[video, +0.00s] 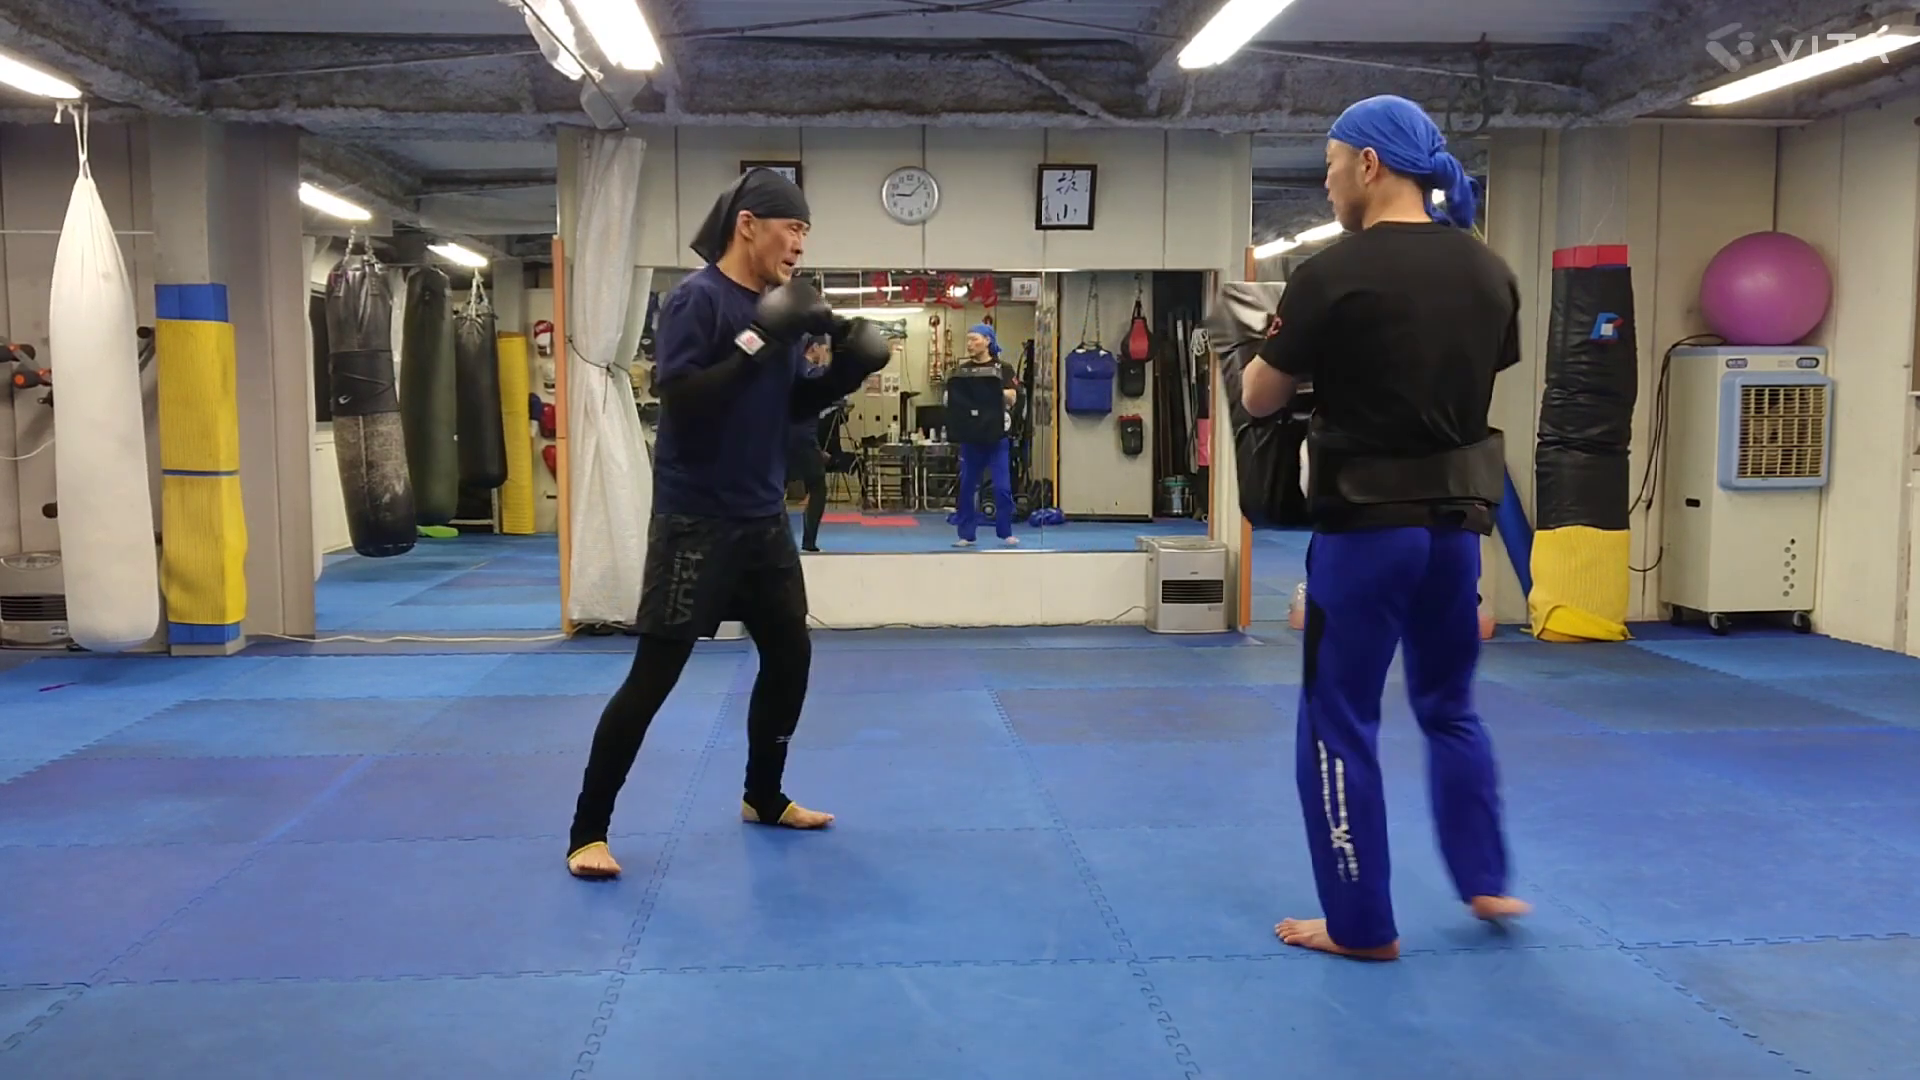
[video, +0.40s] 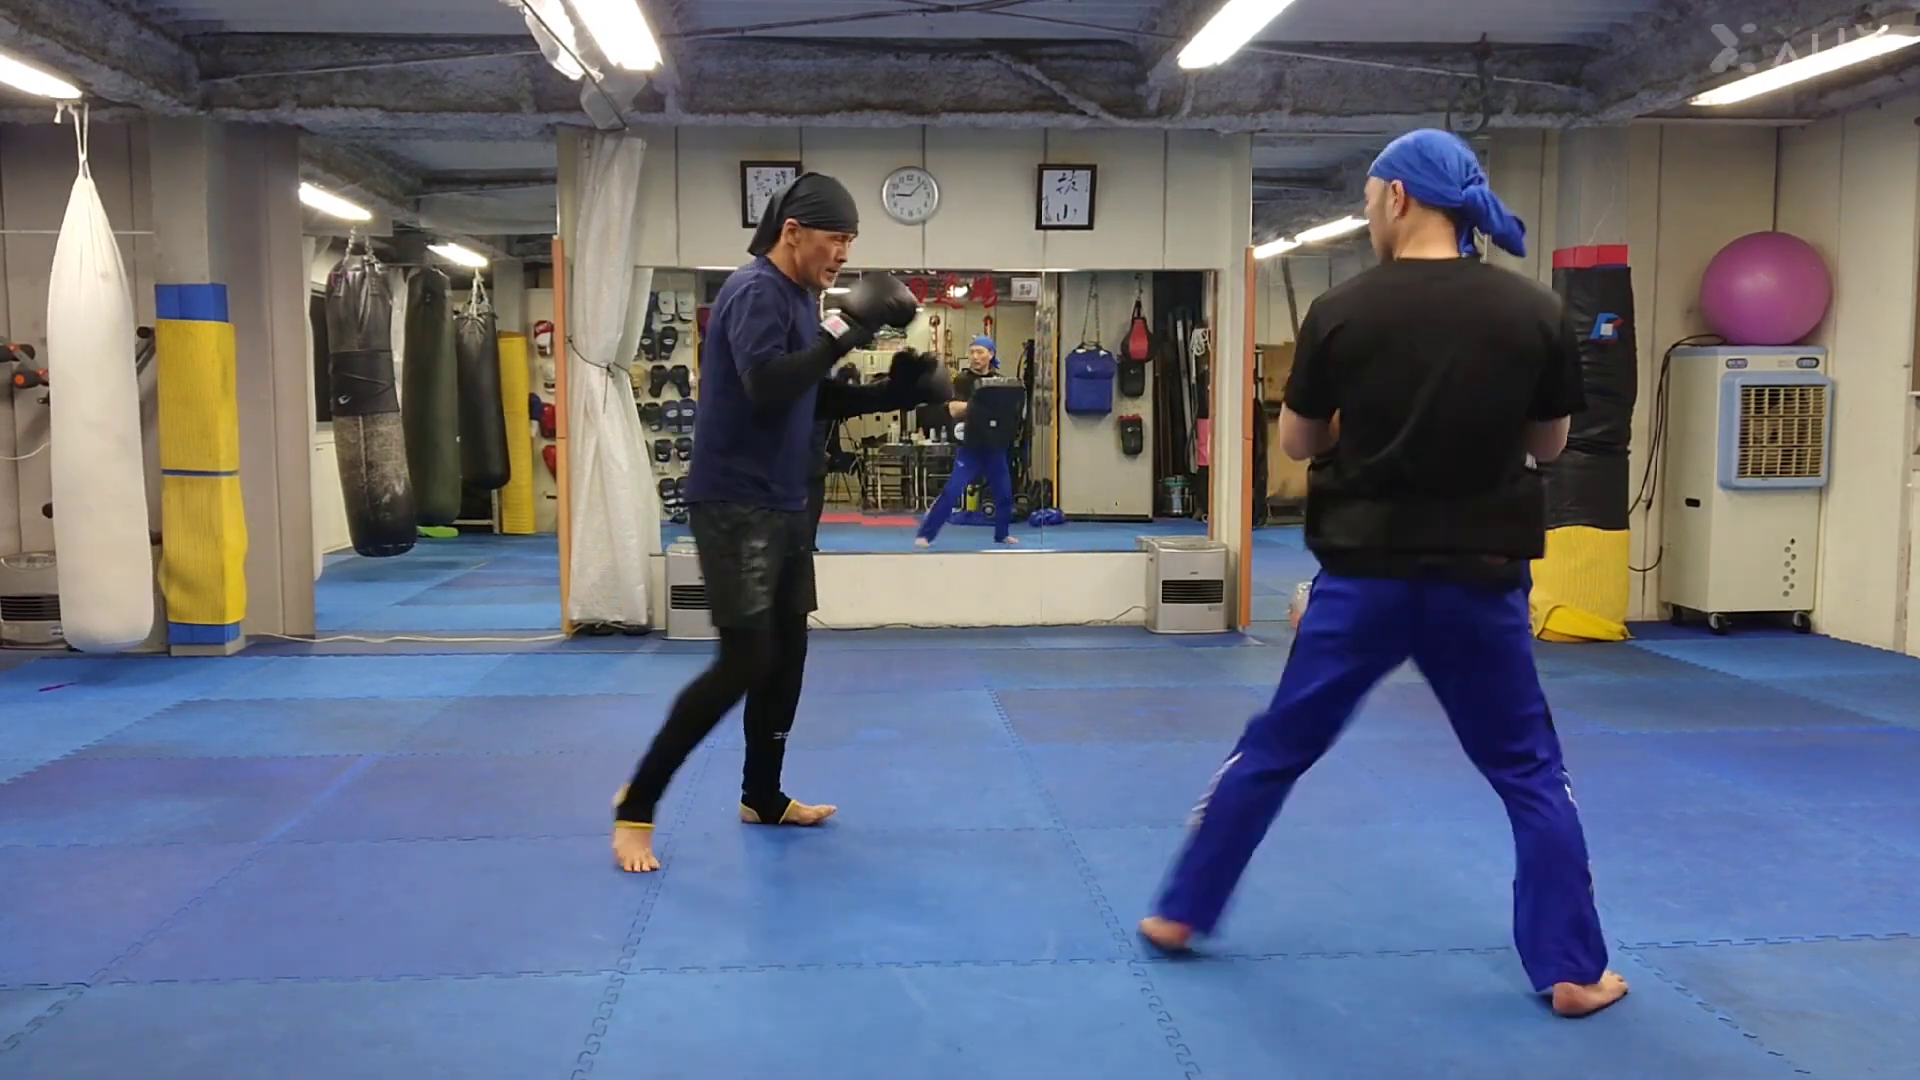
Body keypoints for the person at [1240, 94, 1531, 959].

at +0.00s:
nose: (1325, 181)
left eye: (1331, 164)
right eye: (1327, 165)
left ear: (1370, 164)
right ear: (1413, 171)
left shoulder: (1334, 272)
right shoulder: (1487, 270)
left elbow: (1260, 397)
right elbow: (1484, 369)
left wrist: (1267, 336)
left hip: (1363, 534)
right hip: (1457, 533)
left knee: (1338, 724)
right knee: (1451, 710)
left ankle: (1361, 926)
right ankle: (1488, 883)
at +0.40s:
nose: (1364, 213)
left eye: (1369, 197)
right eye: (1367, 197)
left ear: (1399, 199)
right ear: (1463, 205)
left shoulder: (1344, 312)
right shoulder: (1537, 312)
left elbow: (1299, 440)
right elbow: (1548, 446)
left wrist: (1370, 414)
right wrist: (1467, 413)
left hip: (1361, 584)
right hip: (1482, 587)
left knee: (1275, 747)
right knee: (1531, 776)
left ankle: (1179, 915)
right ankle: (1571, 974)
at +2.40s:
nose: (1338, 130)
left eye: (1341, 114)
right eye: (1345, 113)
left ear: (1356, 122)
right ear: (1457, 128)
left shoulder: (1276, 261)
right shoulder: (1530, 270)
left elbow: (1252, 428)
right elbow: (1562, 445)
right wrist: (1466, 426)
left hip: (1329, 634)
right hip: (1478, 642)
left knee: (1259, 829)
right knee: (1531, 881)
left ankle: (1206, 1040)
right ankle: (1539, 1068)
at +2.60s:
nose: (1221, 116)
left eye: (1229, 99)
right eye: (1227, 100)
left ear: (1252, 109)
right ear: (1345, 113)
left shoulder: (1192, 255)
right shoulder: (1410, 245)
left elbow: (1208, 391)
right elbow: (1529, 394)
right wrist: (1485, 275)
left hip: (1266, 628)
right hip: (1409, 635)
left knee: (1206, 813)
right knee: (1508, 880)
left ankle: (1105, 1038)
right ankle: (1530, 1067)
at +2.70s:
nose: (1168, 116)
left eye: (1171, 101)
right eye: (1184, 101)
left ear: (1186, 113)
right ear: (1290, 109)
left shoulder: (1156, 264)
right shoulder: (1335, 251)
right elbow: (1464, 411)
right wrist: (1448, 290)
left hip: (1229, 640)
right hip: (1361, 646)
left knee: (1196, 835)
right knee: (1489, 885)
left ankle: (1048, 1043)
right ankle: (1527, 1069)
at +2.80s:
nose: (1228, 132)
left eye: (1225, 116)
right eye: (1225, 113)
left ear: (1110, 121)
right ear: (1214, 120)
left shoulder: (1086, 262)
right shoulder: (1216, 254)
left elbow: (1166, 421)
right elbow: (1334, 434)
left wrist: (1300, 336)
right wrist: (1374, 331)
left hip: (1138, 651)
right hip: (1258, 657)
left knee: (1132, 880)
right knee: (1420, 907)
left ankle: (1015, 1069)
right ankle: (1498, 1069)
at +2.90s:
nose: (1158, 81)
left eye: (1151, 59)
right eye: (1152, 61)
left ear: (1035, 87)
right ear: (1137, 80)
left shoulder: (1014, 230)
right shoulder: (1104, 229)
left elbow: (1103, 398)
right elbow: (1211, 408)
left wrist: (1252, 327)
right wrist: (1290, 334)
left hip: (1041, 634)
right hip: (1141, 638)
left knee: (1090, 870)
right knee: (1301, 877)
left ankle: (1024, 1070)